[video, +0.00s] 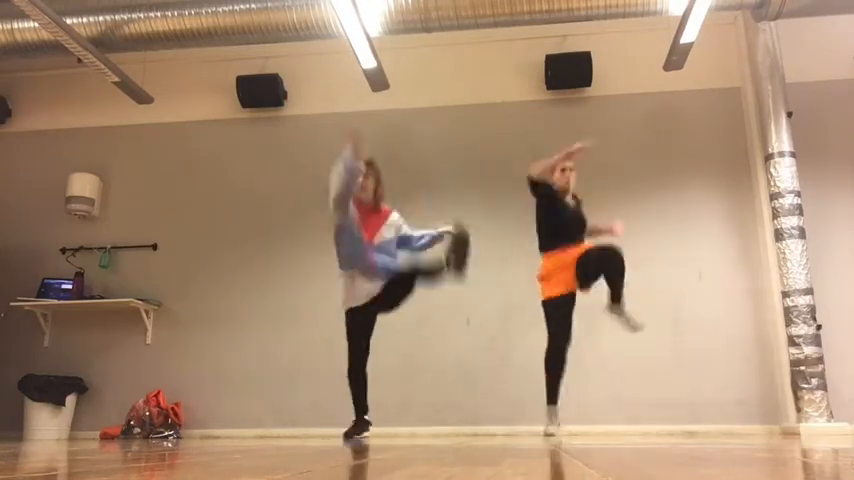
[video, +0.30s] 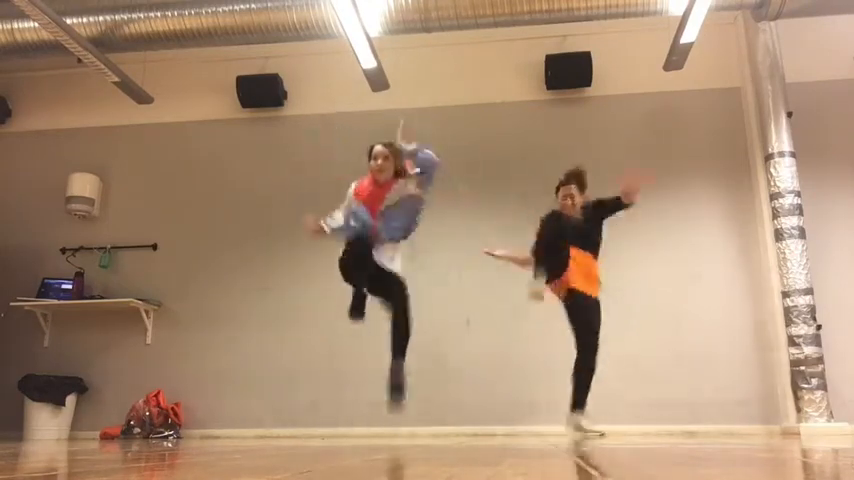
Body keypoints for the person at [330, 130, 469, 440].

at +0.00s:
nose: (363, 184)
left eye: (368, 178)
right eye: (359, 179)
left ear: (378, 184)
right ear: (351, 184)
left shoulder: (389, 219)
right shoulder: (345, 218)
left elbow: (411, 241)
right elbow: (339, 190)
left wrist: (442, 234)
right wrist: (350, 157)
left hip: (384, 293)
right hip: (357, 298)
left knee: (412, 269)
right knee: (357, 363)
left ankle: (447, 264)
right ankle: (361, 418)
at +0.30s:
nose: (378, 163)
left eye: (384, 159)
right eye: (374, 159)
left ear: (395, 163)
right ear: (369, 163)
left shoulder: (406, 190)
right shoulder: (360, 189)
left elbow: (430, 169)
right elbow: (344, 217)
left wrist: (412, 151)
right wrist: (325, 225)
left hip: (385, 268)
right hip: (356, 261)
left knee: (399, 298)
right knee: (359, 243)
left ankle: (397, 367)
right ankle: (359, 293)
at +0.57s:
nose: (374, 174)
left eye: (380, 169)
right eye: (370, 170)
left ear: (393, 174)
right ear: (365, 174)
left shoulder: (410, 198)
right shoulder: (358, 198)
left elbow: (441, 201)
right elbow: (335, 184)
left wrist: (467, 195)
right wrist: (331, 156)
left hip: (407, 290)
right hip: (377, 284)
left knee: (396, 355)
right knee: (330, 300)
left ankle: (391, 420)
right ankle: (280, 329)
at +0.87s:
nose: (380, 178)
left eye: (385, 172)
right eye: (376, 173)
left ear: (396, 176)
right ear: (370, 178)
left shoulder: (411, 203)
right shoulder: (364, 211)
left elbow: (404, 218)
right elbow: (335, 218)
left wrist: (387, 190)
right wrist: (332, 191)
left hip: (404, 295)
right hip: (373, 290)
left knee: (399, 359)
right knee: (340, 304)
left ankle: (397, 417)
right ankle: (336, 365)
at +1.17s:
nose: (380, 160)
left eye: (386, 155)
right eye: (376, 154)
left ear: (396, 159)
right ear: (368, 157)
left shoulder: (408, 178)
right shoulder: (358, 183)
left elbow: (435, 168)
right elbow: (348, 215)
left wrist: (455, 148)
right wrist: (368, 231)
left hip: (402, 258)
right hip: (372, 266)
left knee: (400, 257)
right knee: (335, 310)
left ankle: (439, 299)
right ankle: (352, 368)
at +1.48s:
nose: (394, 179)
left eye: (400, 174)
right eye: (389, 174)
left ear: (410, 179)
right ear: (383, 178)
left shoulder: (414, 212)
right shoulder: (370, 194)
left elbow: (432, 237)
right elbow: (350, 178)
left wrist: (419, 220)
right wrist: (340, 155)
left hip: (390, 291)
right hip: (359, 291)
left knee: (420, 333)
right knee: (353, 353)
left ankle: (420, 401)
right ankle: (348, 418)